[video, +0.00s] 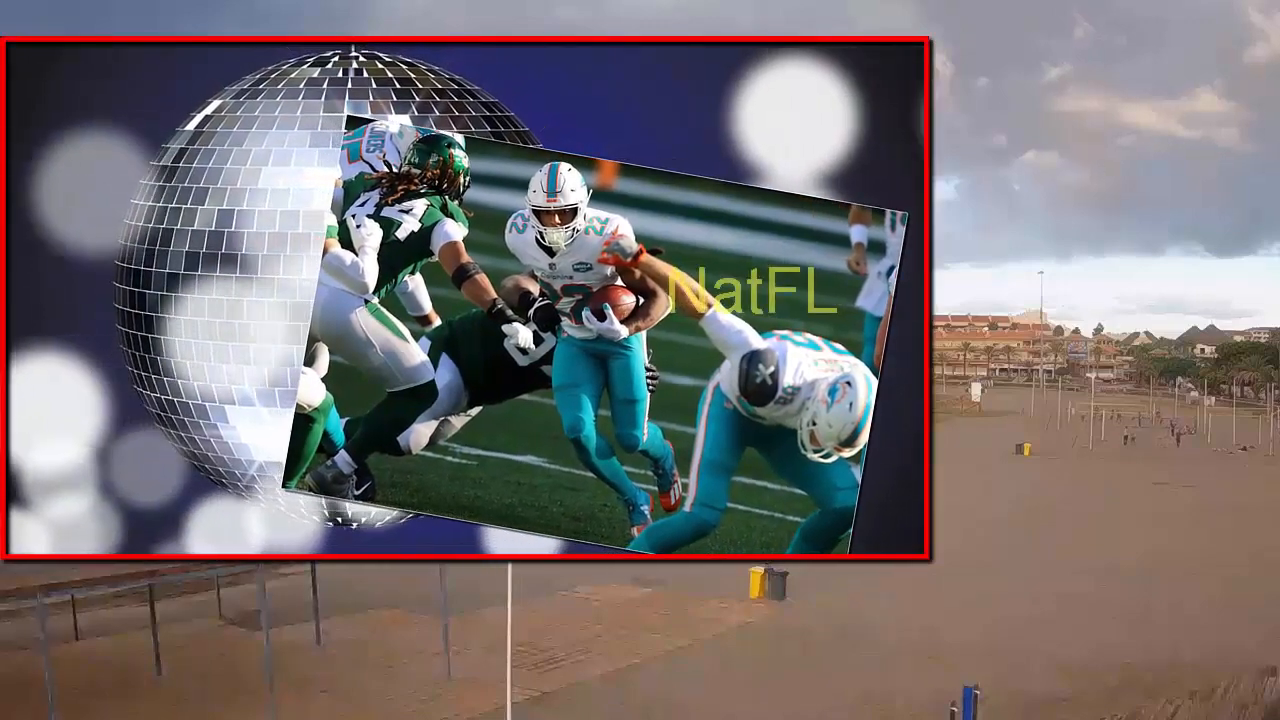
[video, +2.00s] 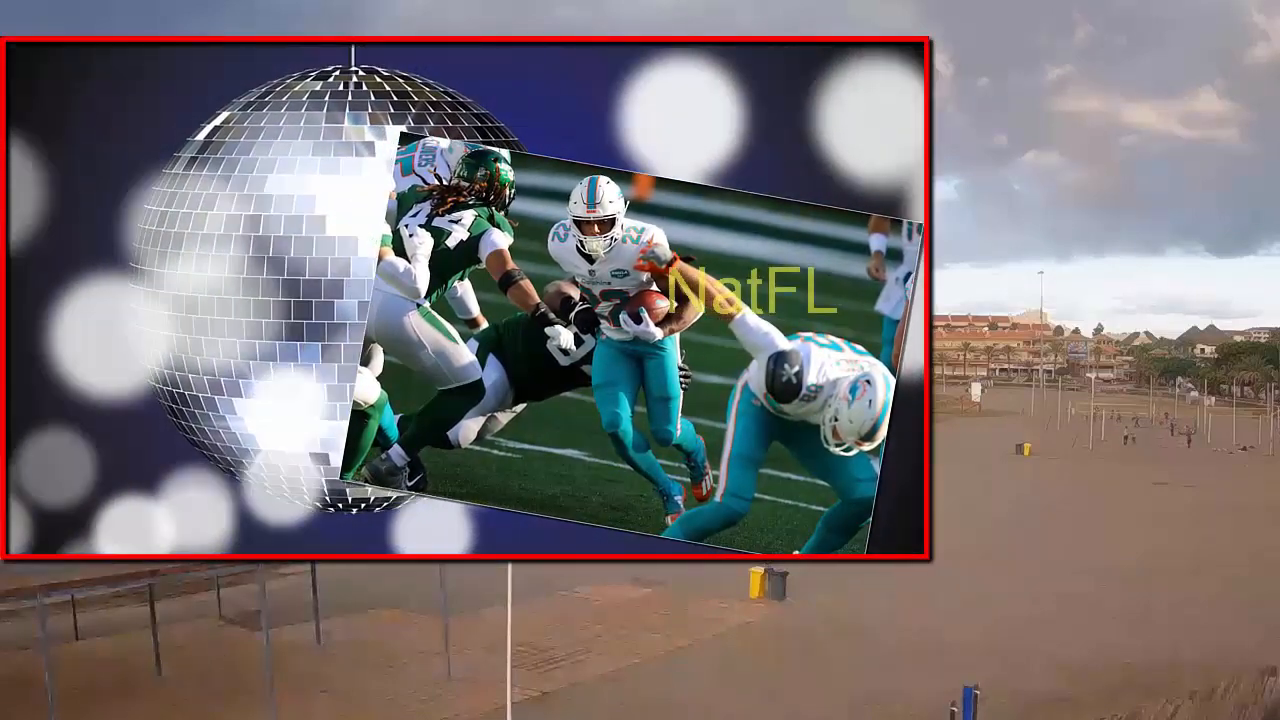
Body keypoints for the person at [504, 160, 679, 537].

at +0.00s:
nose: (554, 221)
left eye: (563, 213)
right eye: (545, 213)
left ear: (580, 206)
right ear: (533, 209)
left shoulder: (612, 234)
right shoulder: (519, 233)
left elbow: (660, 296)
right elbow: (543, 274)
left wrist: (628, 329)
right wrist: (542, 305)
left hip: (623, 341)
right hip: (573, 340)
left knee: (630, 438)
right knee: (578, 432)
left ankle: (664, 463)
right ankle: (636, 501)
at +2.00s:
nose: (594, 231)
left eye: (602, 223)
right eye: (585, 223)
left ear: (618, 218)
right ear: (573, 220)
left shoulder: (648, 242)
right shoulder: (561, 241)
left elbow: (696, 298)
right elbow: (583, 280)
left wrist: (662, 331)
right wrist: (582, 308)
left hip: (657, 341)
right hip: (610, 341)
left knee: (665, 432)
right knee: (616, 425)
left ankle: (697, 452)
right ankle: (670, 491)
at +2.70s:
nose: (607, 234)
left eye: (616, 226)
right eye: (599, 227)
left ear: (631, 220)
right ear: (587, 222)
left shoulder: (660, 244)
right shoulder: (575, 244)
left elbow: (697, 296)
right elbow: (598, 285)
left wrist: (675, 330)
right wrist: (594, 315)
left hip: (670, 342)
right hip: (624, 341)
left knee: (678, 433)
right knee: (629, 424)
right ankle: (681, 489)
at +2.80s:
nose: (610, 235)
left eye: (618, 227)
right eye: (602, 228)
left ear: (633, 221)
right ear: (590, 223)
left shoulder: (655, 245)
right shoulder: (577, 244)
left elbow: (682, 281)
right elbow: (599, 280)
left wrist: (651, 309)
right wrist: (595, 308)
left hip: (668, 341)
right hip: (627, 342)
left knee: (674, 426)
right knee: (630, 421)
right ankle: (675, 477)